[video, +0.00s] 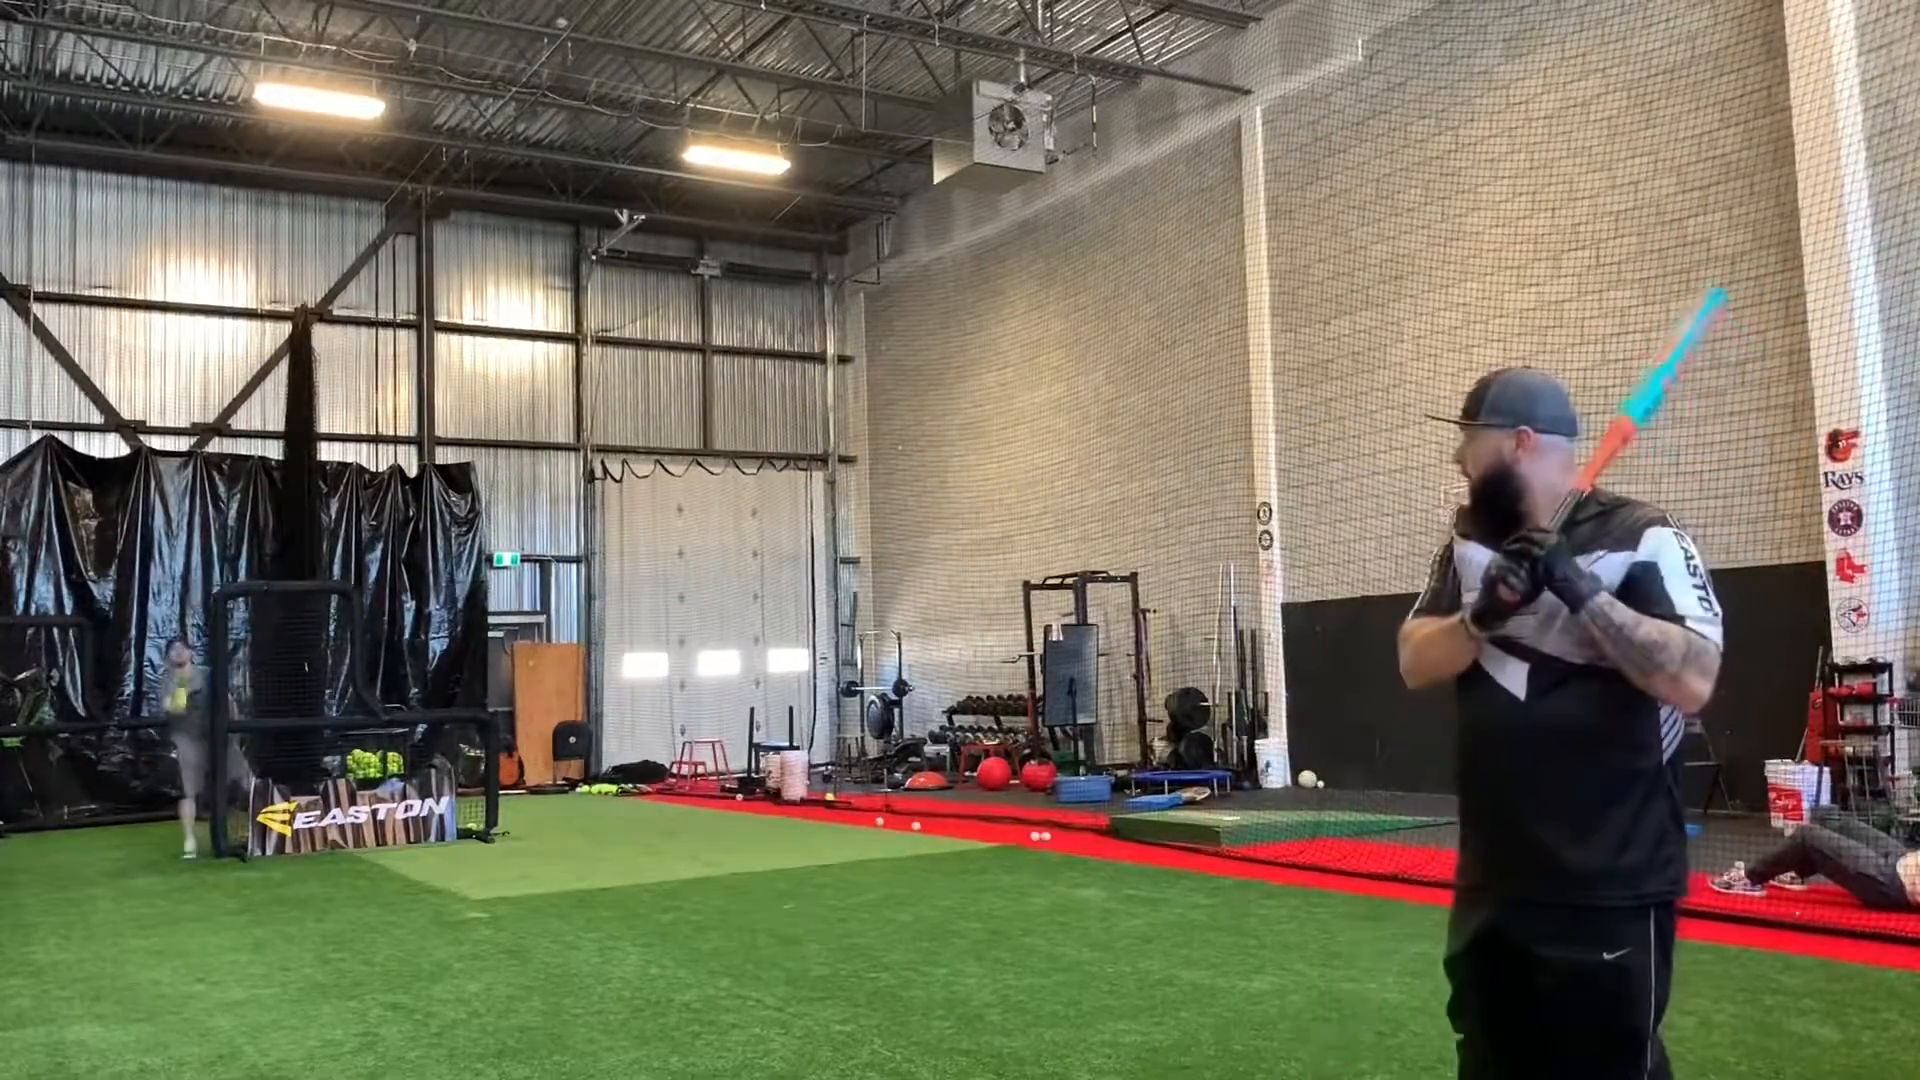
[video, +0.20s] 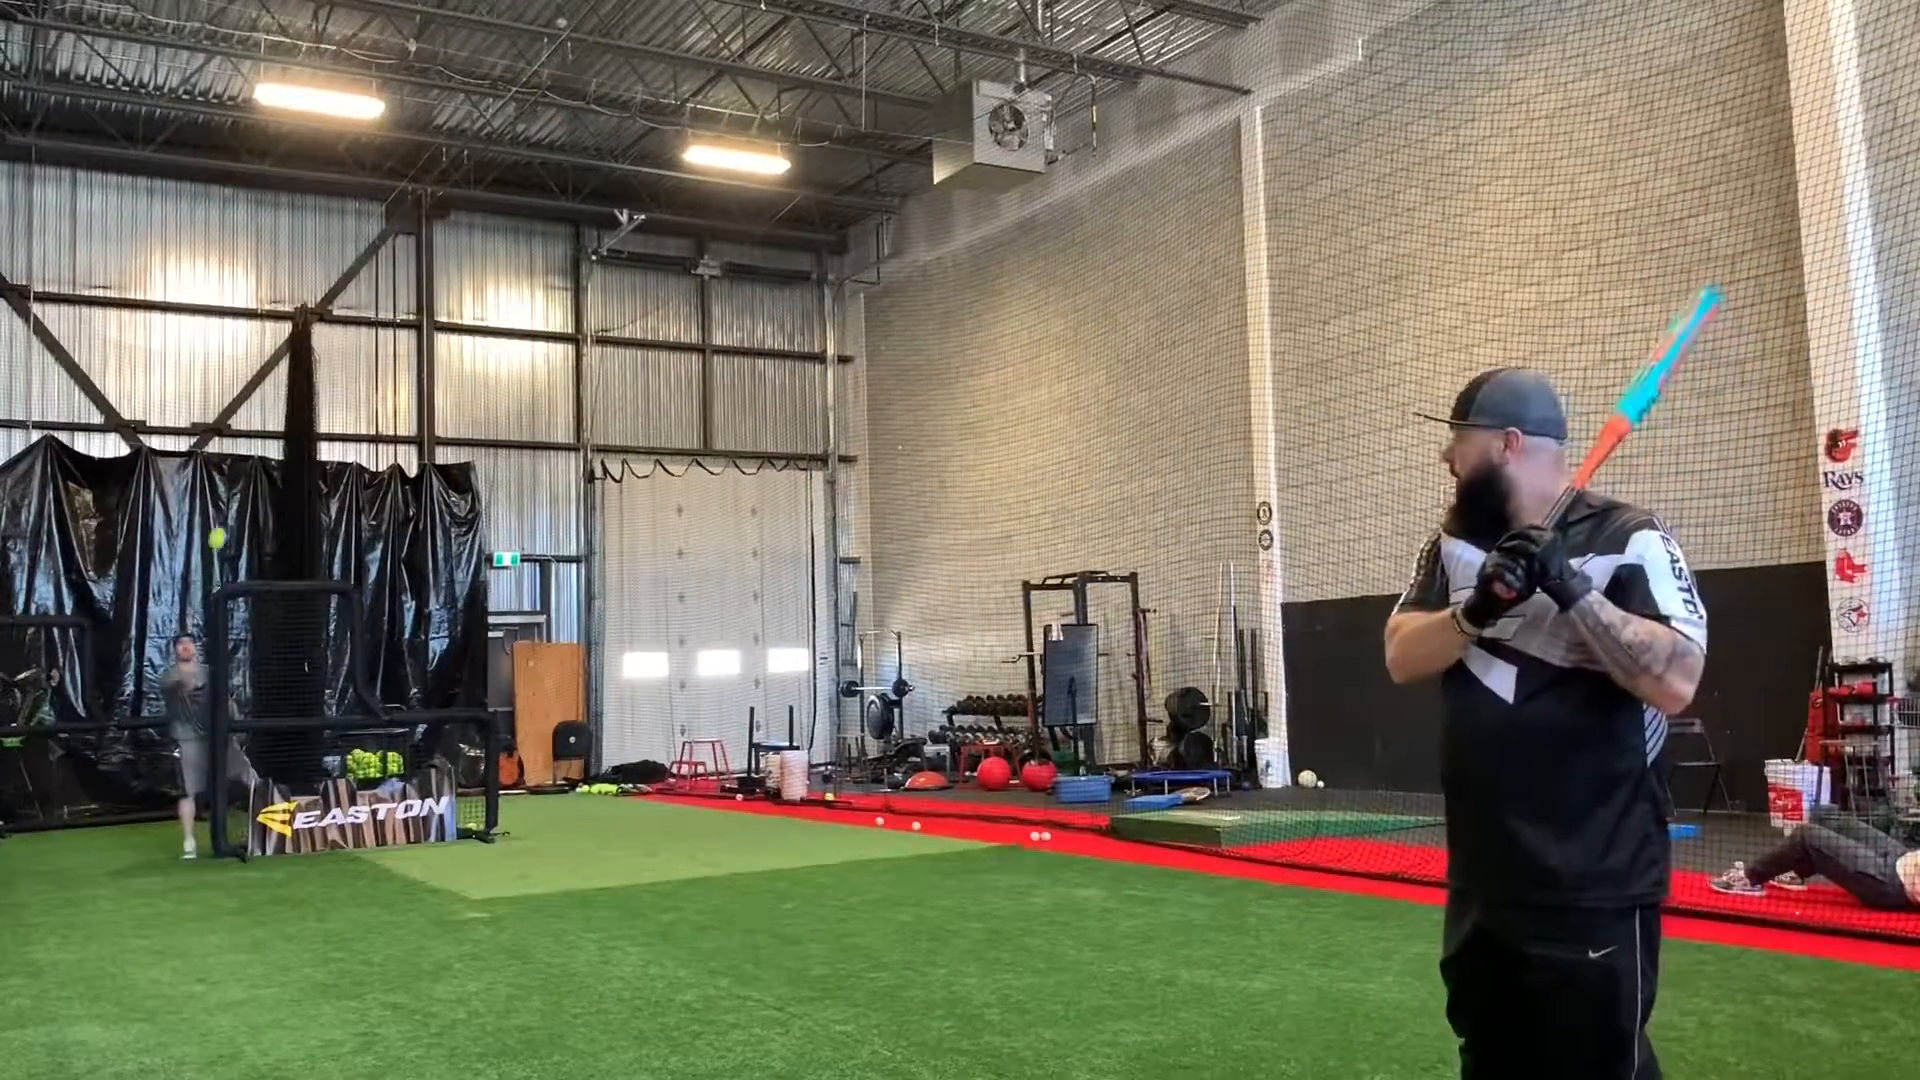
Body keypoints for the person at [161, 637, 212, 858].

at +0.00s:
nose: (179, 654)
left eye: (182, 649)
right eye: (174, 650)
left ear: (191, 652)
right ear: (169, 656)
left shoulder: (207, 675)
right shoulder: (169, 679)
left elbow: (227, 701)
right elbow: (167, 707)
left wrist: (231, 724)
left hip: (217, 733)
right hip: (188, 736)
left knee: (245, 779)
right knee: (188, 789)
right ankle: (189, 839)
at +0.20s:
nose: (187, 649)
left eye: (190, 644)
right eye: (182, 645)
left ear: (195, 648)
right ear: (175, 650)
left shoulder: (207, 672)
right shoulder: (169, 677)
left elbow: (225, 699)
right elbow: (170, 686)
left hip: (218, 734)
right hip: (188, 737)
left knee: (249, 775)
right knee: (187, 790)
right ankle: (189, 839)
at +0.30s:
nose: (190, 649)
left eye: (193, 645)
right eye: (185, 645)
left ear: (199, 649)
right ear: (178, 650)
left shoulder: (209, 673)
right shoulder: (171, 676)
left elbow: (224, 699)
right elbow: (180, 700)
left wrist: (199, 700)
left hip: (218, 737)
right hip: (189, 740)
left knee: (247, 782)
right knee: (188, 792)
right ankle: (189, 839)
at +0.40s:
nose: (196, 649)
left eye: (197, 645)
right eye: (190, 646)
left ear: (201, 649)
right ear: (182, 651)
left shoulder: (211, 673)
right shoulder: (177, 677)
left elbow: (226, 701)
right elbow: (181, 705)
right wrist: (190, 728)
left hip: (220, 734)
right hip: (195, 735)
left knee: (228, 787)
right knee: (189, 790)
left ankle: (223, 839)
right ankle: (189, 838)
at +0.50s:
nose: (202, 650)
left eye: (204, 646)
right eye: (196, 646)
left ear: (210, 650)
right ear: (186, 653)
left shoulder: (217, 675)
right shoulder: (182, 681)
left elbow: (231, 704)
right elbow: (184, 715)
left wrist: (236, 731)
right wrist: (187, 746)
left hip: (224, 738)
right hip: (197, 740)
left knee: (243, 789)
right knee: (191, 792)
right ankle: (189, 839)